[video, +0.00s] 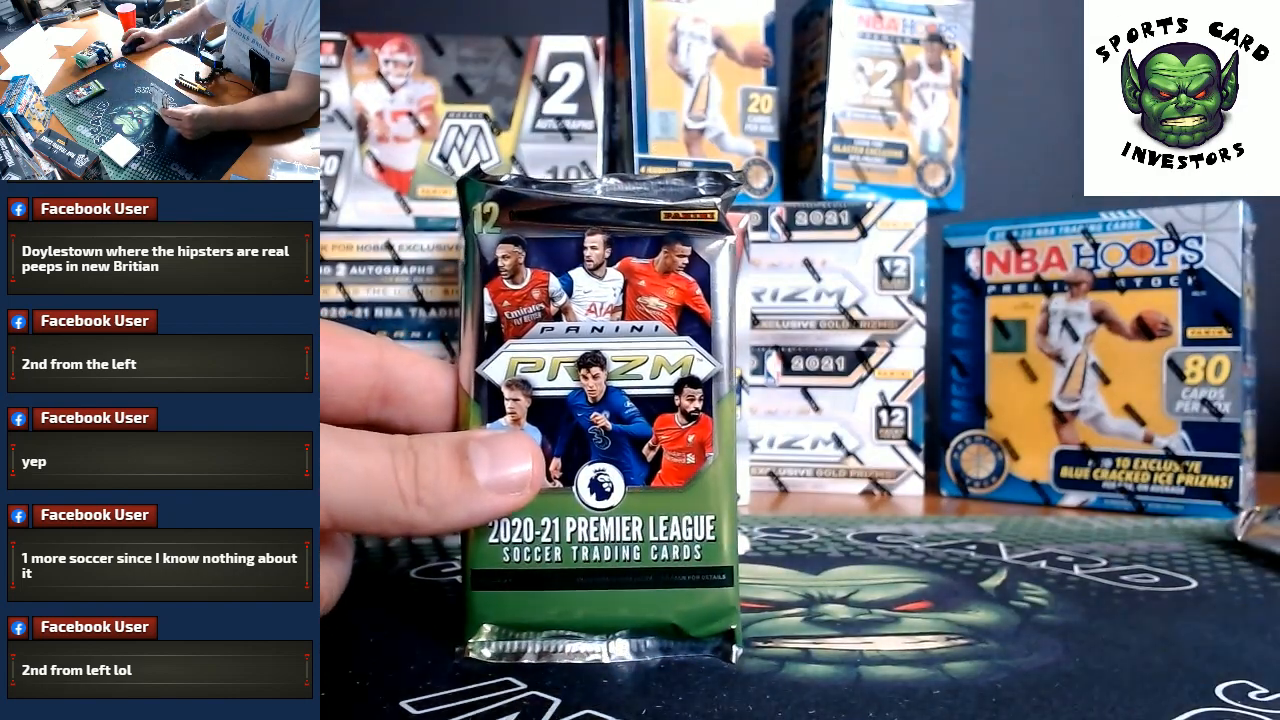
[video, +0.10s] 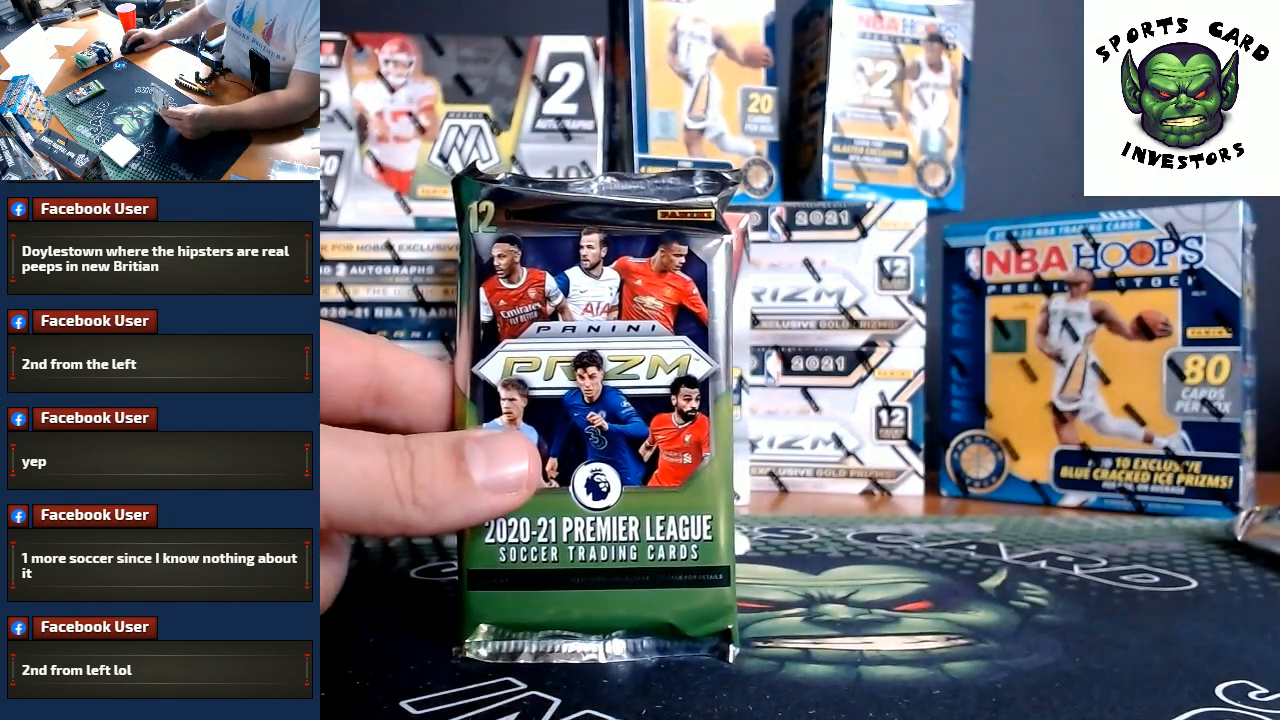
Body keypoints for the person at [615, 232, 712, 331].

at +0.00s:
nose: (686, 262)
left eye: (687, 257)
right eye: (681, 256)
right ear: (665, 252)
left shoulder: (688, 285)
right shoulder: (630, 266)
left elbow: (712, 319)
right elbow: (602, 284)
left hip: (666, 344)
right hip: (631, 341)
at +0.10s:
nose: (682, 261)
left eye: (684, 256)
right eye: (677, 256)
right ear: (662, 252)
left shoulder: (684, 284)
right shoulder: (627, 265)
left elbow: (709, 319)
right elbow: (599, 283)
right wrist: (612, 308)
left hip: (663, 344)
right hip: (627, 342)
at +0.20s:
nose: (682, 262)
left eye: (683, 257)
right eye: (677, 257)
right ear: (661, 253)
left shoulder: (684, 285)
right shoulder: (627, 266)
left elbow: (708, 319)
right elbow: (598, 284)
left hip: (662, 344)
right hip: (628, 341)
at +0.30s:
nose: (684, 263)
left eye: (685, 259)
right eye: (679, 258)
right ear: (663, 254)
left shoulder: (685, 286)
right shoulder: (629, 267)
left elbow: (710, 321)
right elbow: (601, 284)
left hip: (664, 345)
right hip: (629, 342)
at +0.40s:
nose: (683, 263)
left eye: (685, 258)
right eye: (678, 258)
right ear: (663, 254)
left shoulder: (685, 285)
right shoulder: (628, 267)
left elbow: (710, 320)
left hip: (663, 345)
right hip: (629, 342)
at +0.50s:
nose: (683, 263)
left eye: (685, 258)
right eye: (678, 258)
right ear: (662, 254)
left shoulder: (684, 285)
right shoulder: (628, 267)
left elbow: (708, 319)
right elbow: (600, 286)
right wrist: (613, 310)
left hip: (663, 345)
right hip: (629, 342)